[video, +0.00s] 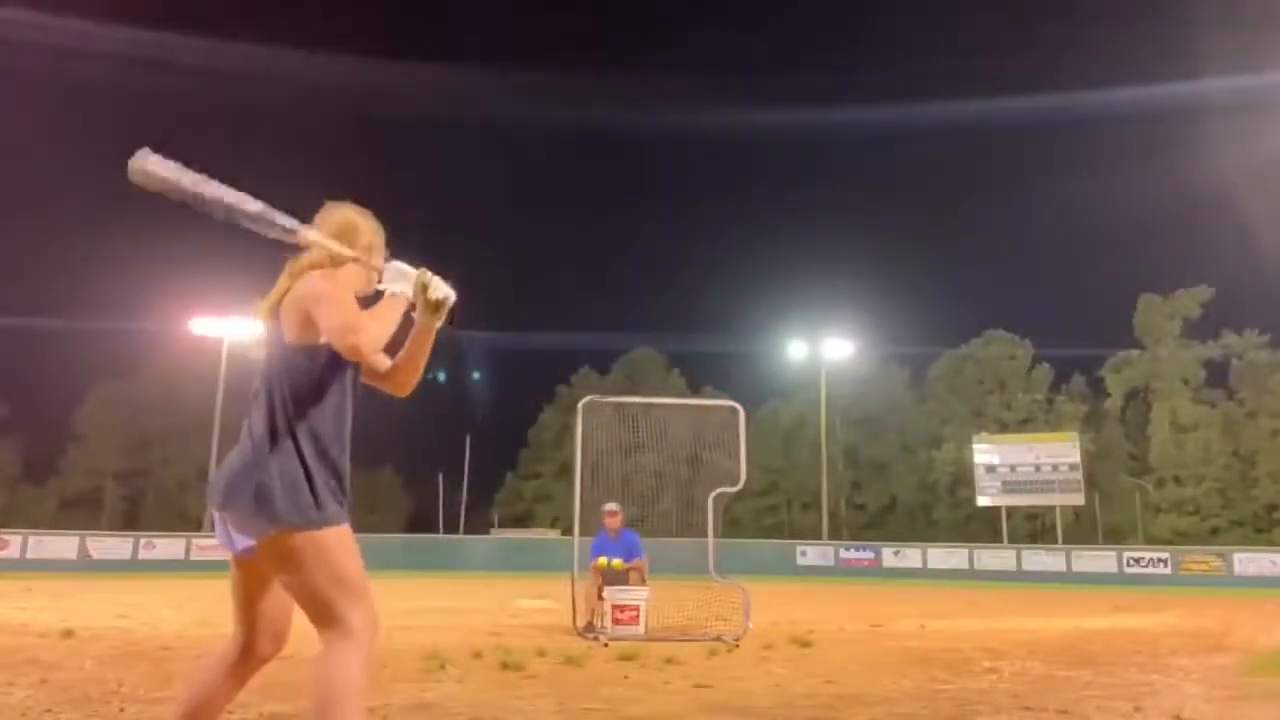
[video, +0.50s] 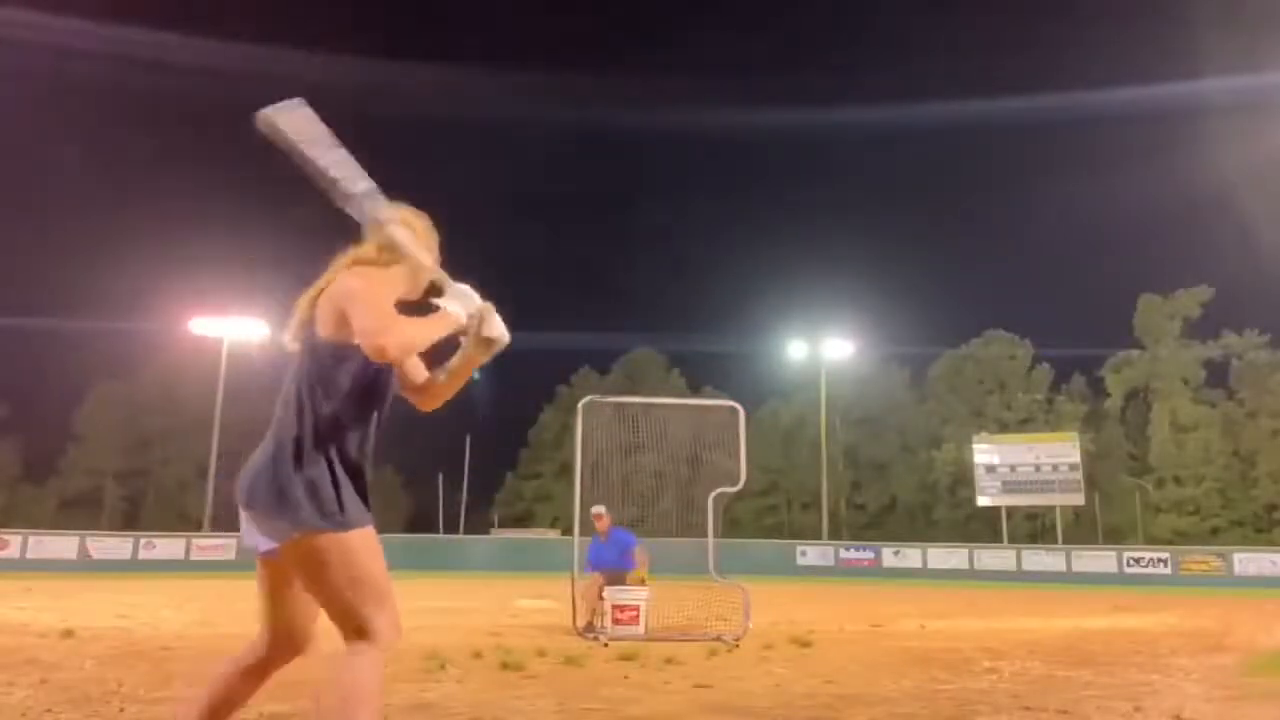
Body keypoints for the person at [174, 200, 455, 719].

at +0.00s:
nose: (379, 269)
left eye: (380, 260)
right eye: (377, 258)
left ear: (321, 246)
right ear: (358, 250)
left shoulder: (303, 295)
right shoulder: (327, 279)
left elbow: (400, 381)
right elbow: (356, 339)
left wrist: (430, 320)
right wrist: (398, 296)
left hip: (250, 485)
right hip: (287, 488)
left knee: (258, 640)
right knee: (352, 627)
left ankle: (185, 713)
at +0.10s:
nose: (385, 269)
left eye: (385, 260)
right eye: (383, 258)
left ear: (329, 247)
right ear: (367, 252)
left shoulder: (312, 298)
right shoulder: (326, 281)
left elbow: (403, 383)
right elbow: (360, 340)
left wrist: (433, 320)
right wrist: (403, 298)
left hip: (253, 486)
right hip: (288, 486)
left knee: (258, 642)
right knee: (355, 628)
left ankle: (185, 714)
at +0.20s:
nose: (391, 268)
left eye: (391, 259)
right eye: (389, 257)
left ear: (334, 248)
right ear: (375, 254)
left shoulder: (317, 297)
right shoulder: (333, 283)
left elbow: (407, 384)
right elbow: (363, 342)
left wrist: (437, 323)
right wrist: (408, 300)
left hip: (255, 484)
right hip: (288, 485)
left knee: (258, 643)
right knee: (357, 630)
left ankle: (184, 714)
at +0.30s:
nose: (401, 273)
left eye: (402, 265)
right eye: (401, 262)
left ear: (346, 249)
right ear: (389, 256)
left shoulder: (329, 297)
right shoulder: (342, 283)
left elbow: (416, 387)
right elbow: (371, 345)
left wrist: (449, 328)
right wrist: (422, 302)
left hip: (257, 485)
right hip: (292, 486)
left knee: (259, 641)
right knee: (359, 631)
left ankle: (183, 714)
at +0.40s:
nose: (411, 274)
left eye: (413, 266)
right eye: (410, 262)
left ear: (356, 248)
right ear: (395, 255)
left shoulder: (338, 298)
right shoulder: (352, 280)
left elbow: (421, 389)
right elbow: (373, 344)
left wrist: (462, 336)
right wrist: (436, 306)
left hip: (262, 482)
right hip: (297, 484)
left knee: (261, 641)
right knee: (364, 631)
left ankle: (186, 712)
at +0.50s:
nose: (430, 275)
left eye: (432, 266)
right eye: (430, 262)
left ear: (381, 247)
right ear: (414, 253)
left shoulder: (374, 309)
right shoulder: (360, 281)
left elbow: (427, 395)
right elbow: (382, 342)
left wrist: (478, 351)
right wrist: (452, 314)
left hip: (281, 480)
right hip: (307, 481)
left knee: (285, 637)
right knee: (374, 632)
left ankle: (199, 713)